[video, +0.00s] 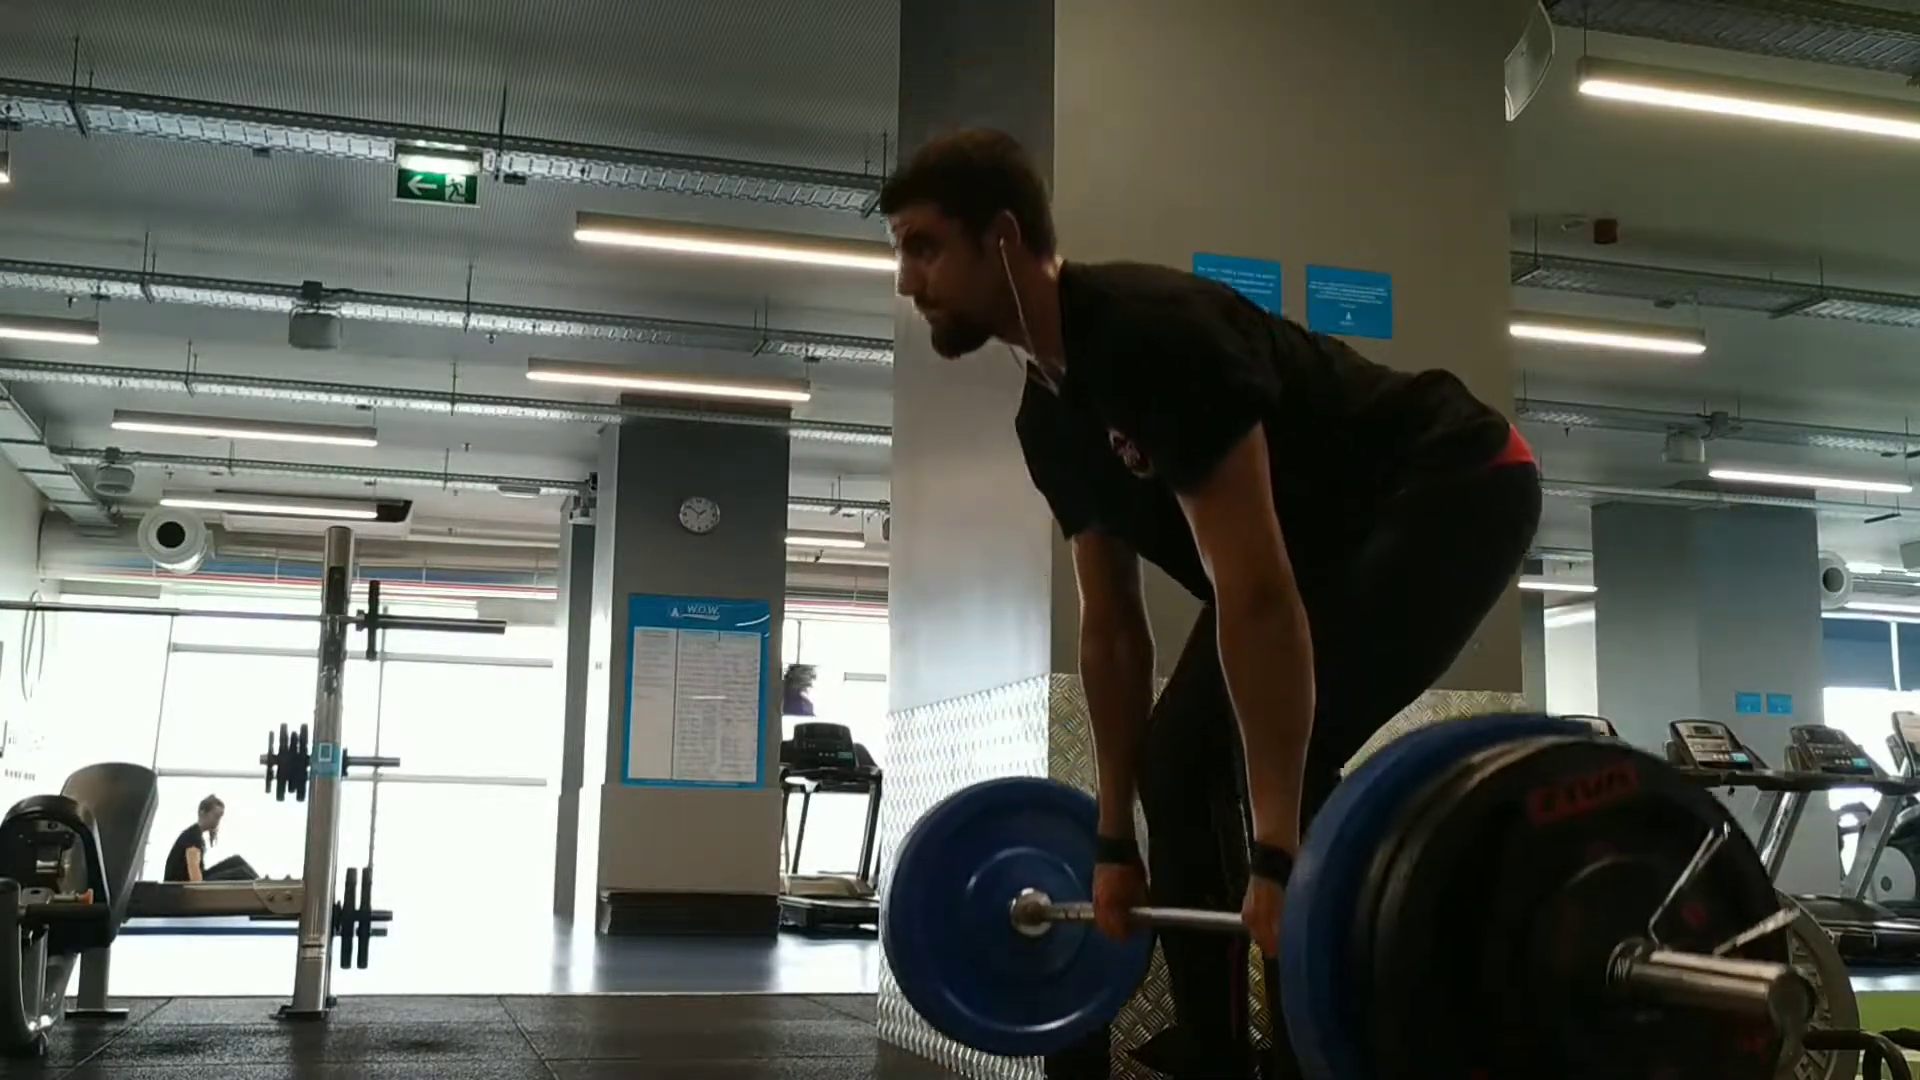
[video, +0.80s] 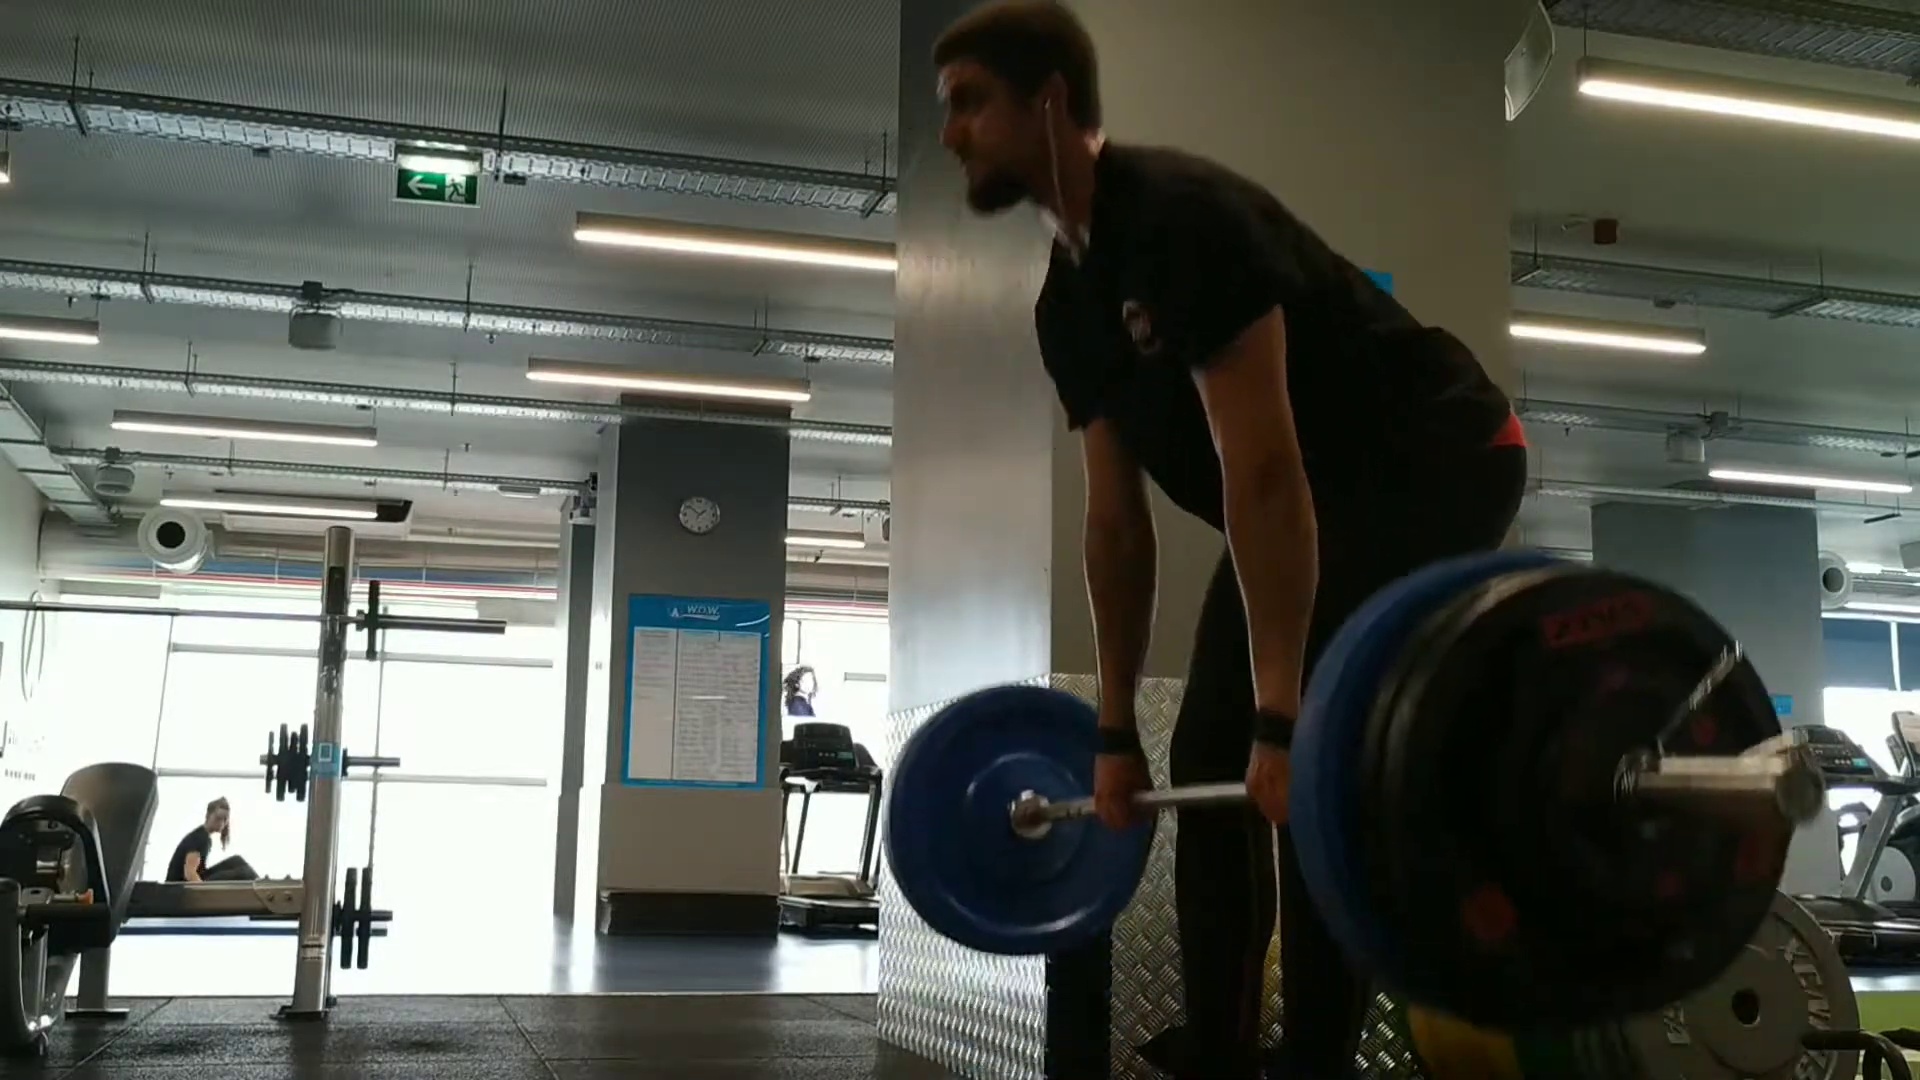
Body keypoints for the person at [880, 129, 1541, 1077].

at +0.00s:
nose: (905, 283)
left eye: (923, 249)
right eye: (901, 256)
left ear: (1006, 238)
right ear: (998, 249)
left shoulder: (1152, 329)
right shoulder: (1049, 418)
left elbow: (1259, 594)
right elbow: (1108, 626)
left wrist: (1277, 854)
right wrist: (1114, 840)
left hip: (1451, 487)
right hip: (1313, 527)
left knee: (1282, 761)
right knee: (1175, 763)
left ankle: (1310, 1040)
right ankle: (1210, 1039)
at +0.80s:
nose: (949, 133)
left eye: (967, 103)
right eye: (945, 109)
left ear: (1052, 100)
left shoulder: (1184, 215)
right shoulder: (1065, 303)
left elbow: (1270, 480)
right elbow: (1116, 521)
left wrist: (1278, 723)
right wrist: (1117, 730)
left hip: (1427, 470)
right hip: (1290, 498)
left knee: (1330, 756)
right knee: (1212, 750)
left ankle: (1318, 1052)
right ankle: (1216, 1043)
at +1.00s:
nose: (1024, 12)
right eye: (1026, 1)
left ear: (1119, 0)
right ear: (1101, 15)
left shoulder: (1225, 111)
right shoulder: (1102, 188)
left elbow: (1275, 364)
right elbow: (1123, 420)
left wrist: (1271, 601)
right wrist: (1112, 628)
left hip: (1376, 482)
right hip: (1251, 499)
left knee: (1302, 769)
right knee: (1207, 769)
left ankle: (1314, 1058)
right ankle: (1216, 1046)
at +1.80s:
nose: (1059, 6)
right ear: (1126, 0)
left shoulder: (1239, 91)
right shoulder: (1122, 160)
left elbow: (1289, 335)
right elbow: (1132, 390)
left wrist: (1281, 573)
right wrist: (1114, 604)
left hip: (1348, 497)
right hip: (1233, 509)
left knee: (1285, 763)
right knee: (1178, 760)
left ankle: (1313, 1058)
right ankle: (1209, 1044)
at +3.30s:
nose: (1053, 4)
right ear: (1130, 9)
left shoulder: (1246, 107)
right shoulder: (1119, 188)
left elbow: (1291, 356)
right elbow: (1136, 411)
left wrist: (1285, 592)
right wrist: (1120, 623)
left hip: (1370, 497)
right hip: (1246, 509)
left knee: (1296, 775)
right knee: (1198, 765)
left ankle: (1314, 1059)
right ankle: (1213, 1046)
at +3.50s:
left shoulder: (1322, 45)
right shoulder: (1188, 118)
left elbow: (1328, 285)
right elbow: (1165, 351)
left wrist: (1292, 503)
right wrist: (1128, 554)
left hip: (1279, 503)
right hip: (1190, 512)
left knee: (1281, 782)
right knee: (1197, 785)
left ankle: (1313, 1059)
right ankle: (1212, 1051)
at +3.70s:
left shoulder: (1376, 61)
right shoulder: (1270, 108)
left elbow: (1348, 288)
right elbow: (1199, 326)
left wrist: (1285, 503)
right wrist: (1127, 540)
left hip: (1263, 499)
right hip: (1184, 505)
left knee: (1281, 796)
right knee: (1193, 800)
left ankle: (1311, 1058)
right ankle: (1210, 1049)